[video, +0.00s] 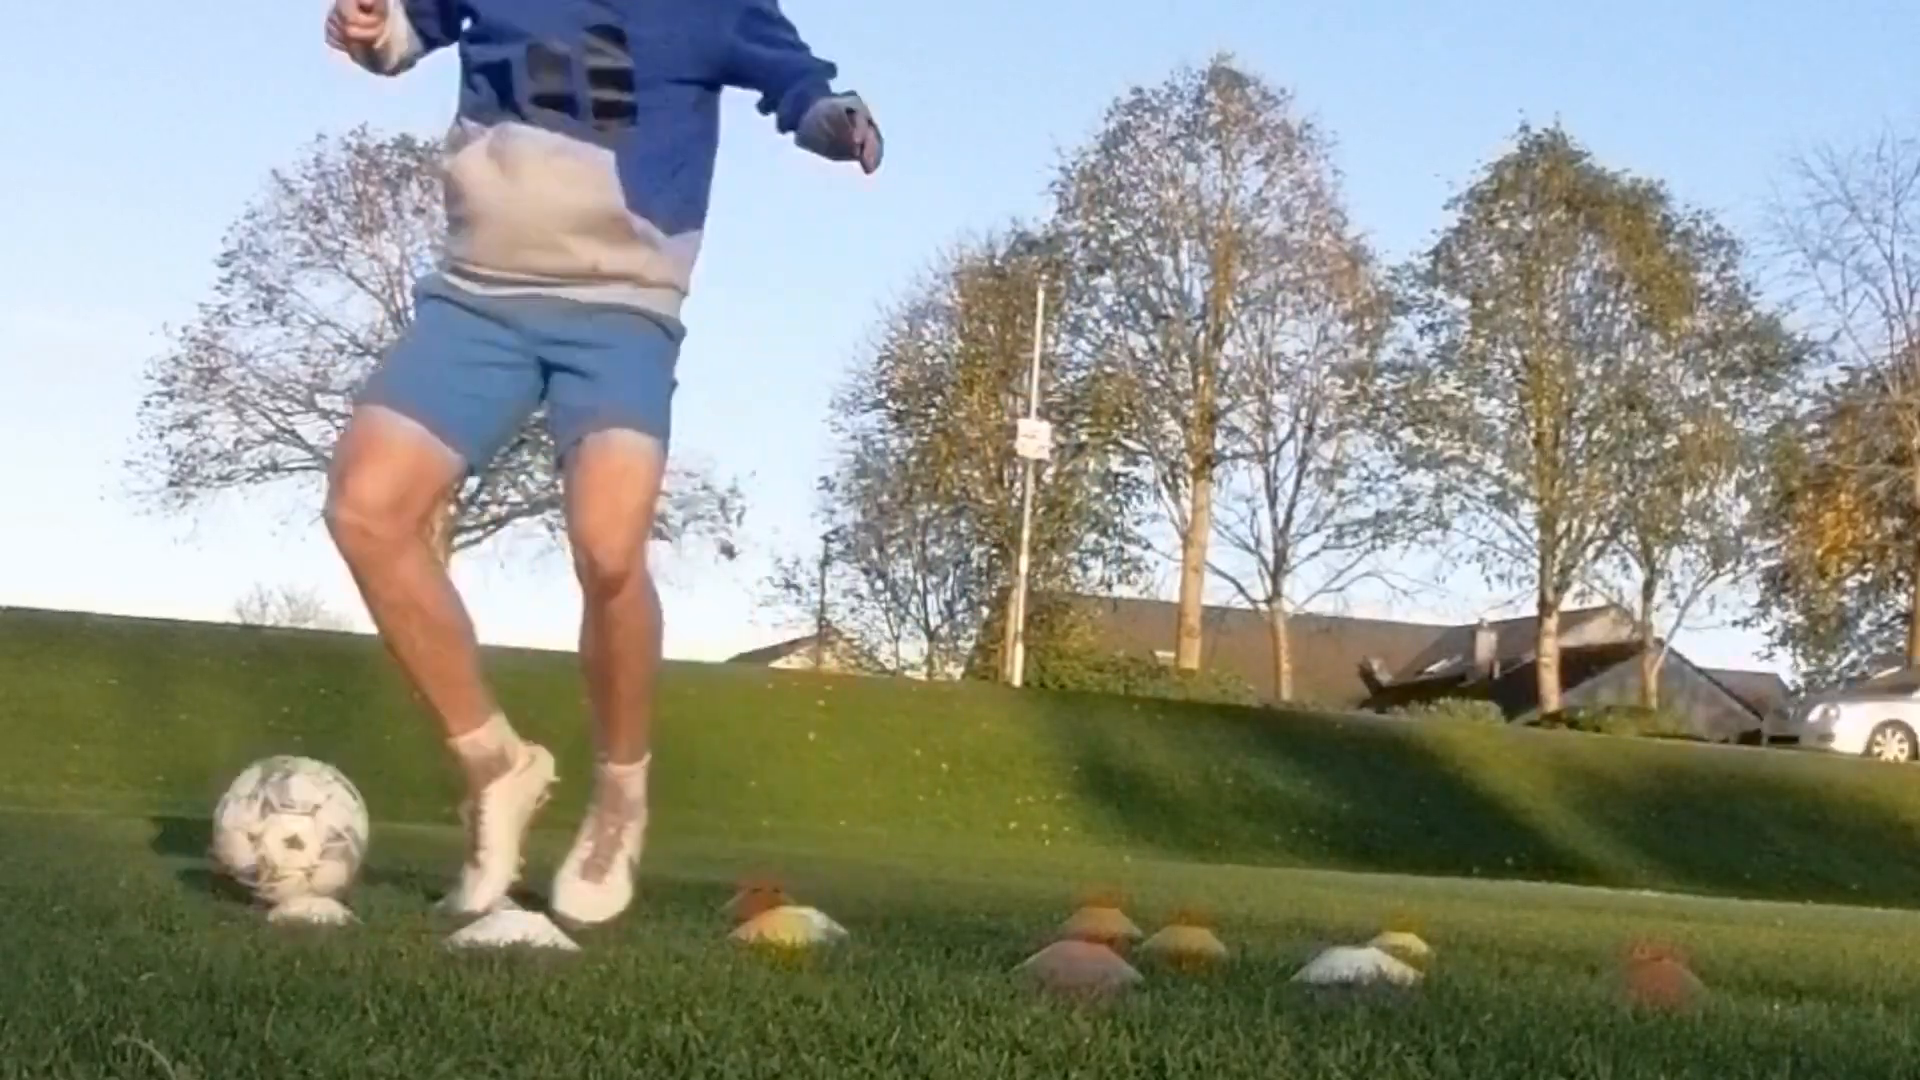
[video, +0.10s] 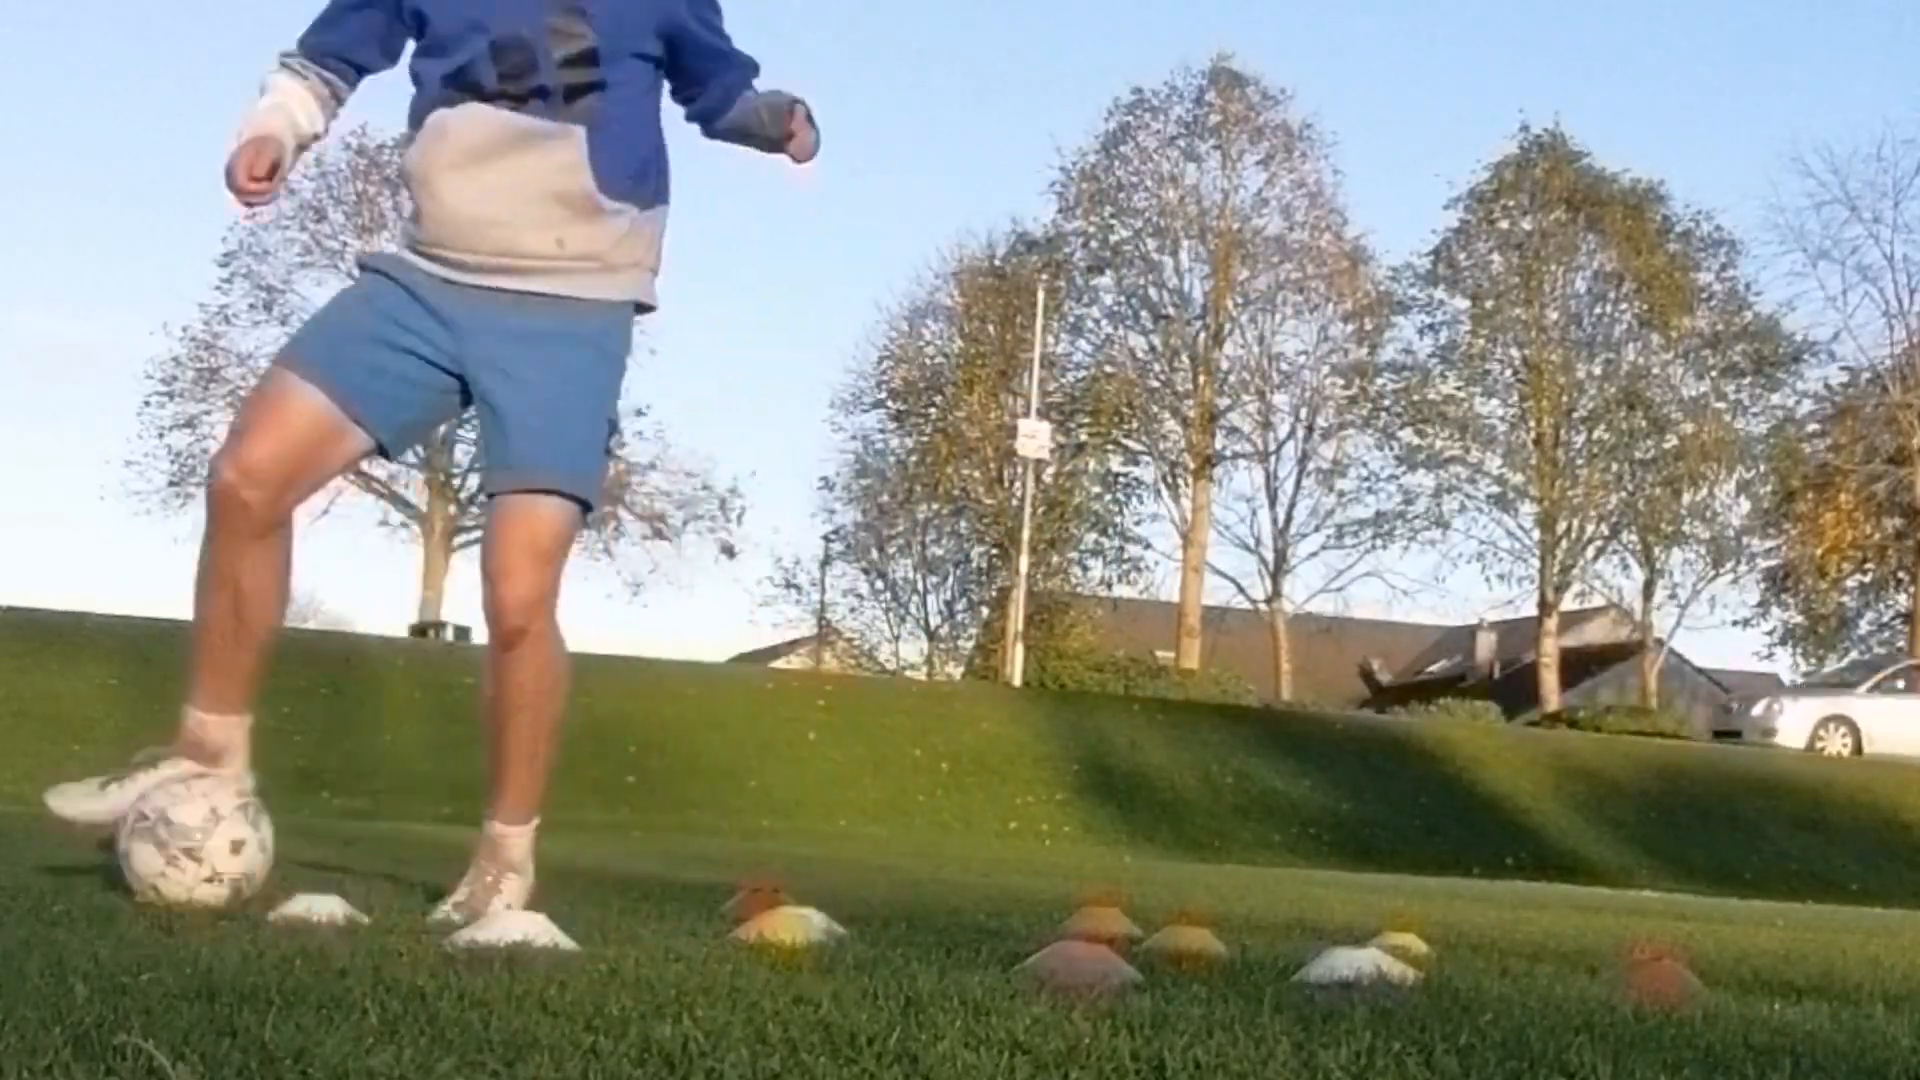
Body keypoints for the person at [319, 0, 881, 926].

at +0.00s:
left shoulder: (714, 10)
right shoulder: (484, 0)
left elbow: (798, 85)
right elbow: (413, 27)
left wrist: (841, 123)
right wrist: (376, 33)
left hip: (621, 311)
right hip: (475, 297)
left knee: (609, 554)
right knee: (368, 510)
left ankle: (619, 796)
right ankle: (498, 764)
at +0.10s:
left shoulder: (656, 9)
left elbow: (720, 91)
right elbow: (330, 59)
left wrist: (786, 119)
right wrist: (274, 129)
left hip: (570, 312)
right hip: (416, 283)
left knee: (518, 602)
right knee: (248, 482)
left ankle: (504, 871)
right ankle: (207, 775)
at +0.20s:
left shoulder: (637, 12)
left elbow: (754, 94)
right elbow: (256, 27)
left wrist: (749, 51)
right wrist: (164, 126)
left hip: (487, 314)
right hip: (333, 255)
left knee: (479, 594)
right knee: (156, 432)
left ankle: (496, 874)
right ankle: (107, 739)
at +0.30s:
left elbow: (663, 94)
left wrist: (580, 25)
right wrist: (95, 25)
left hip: (421, 286)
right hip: (264, 220)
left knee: (419, 575)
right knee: (127, 442)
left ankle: (429, 856)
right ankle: (18, 767)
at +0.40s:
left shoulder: (461, 11)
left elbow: (494, 153)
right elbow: (110, 14)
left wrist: (426, 180)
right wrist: (100, 18)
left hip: (362, 326)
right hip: (184, 284)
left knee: (405, 599)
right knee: (45, 536)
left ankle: (271, 732)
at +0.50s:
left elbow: (410, 187)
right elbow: (69, 79)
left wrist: (352, 285)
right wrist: (61, 177)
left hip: (311, 364)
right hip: (129, 321)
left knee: (413, 603)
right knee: (5, 565)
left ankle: (147, 700)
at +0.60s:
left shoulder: (475, 8)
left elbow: (567, 103)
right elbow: (35, 83)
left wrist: (622, 152)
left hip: (323, 331)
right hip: (151, 284)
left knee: (418, 563)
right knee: (24, 553)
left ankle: (158, 771)